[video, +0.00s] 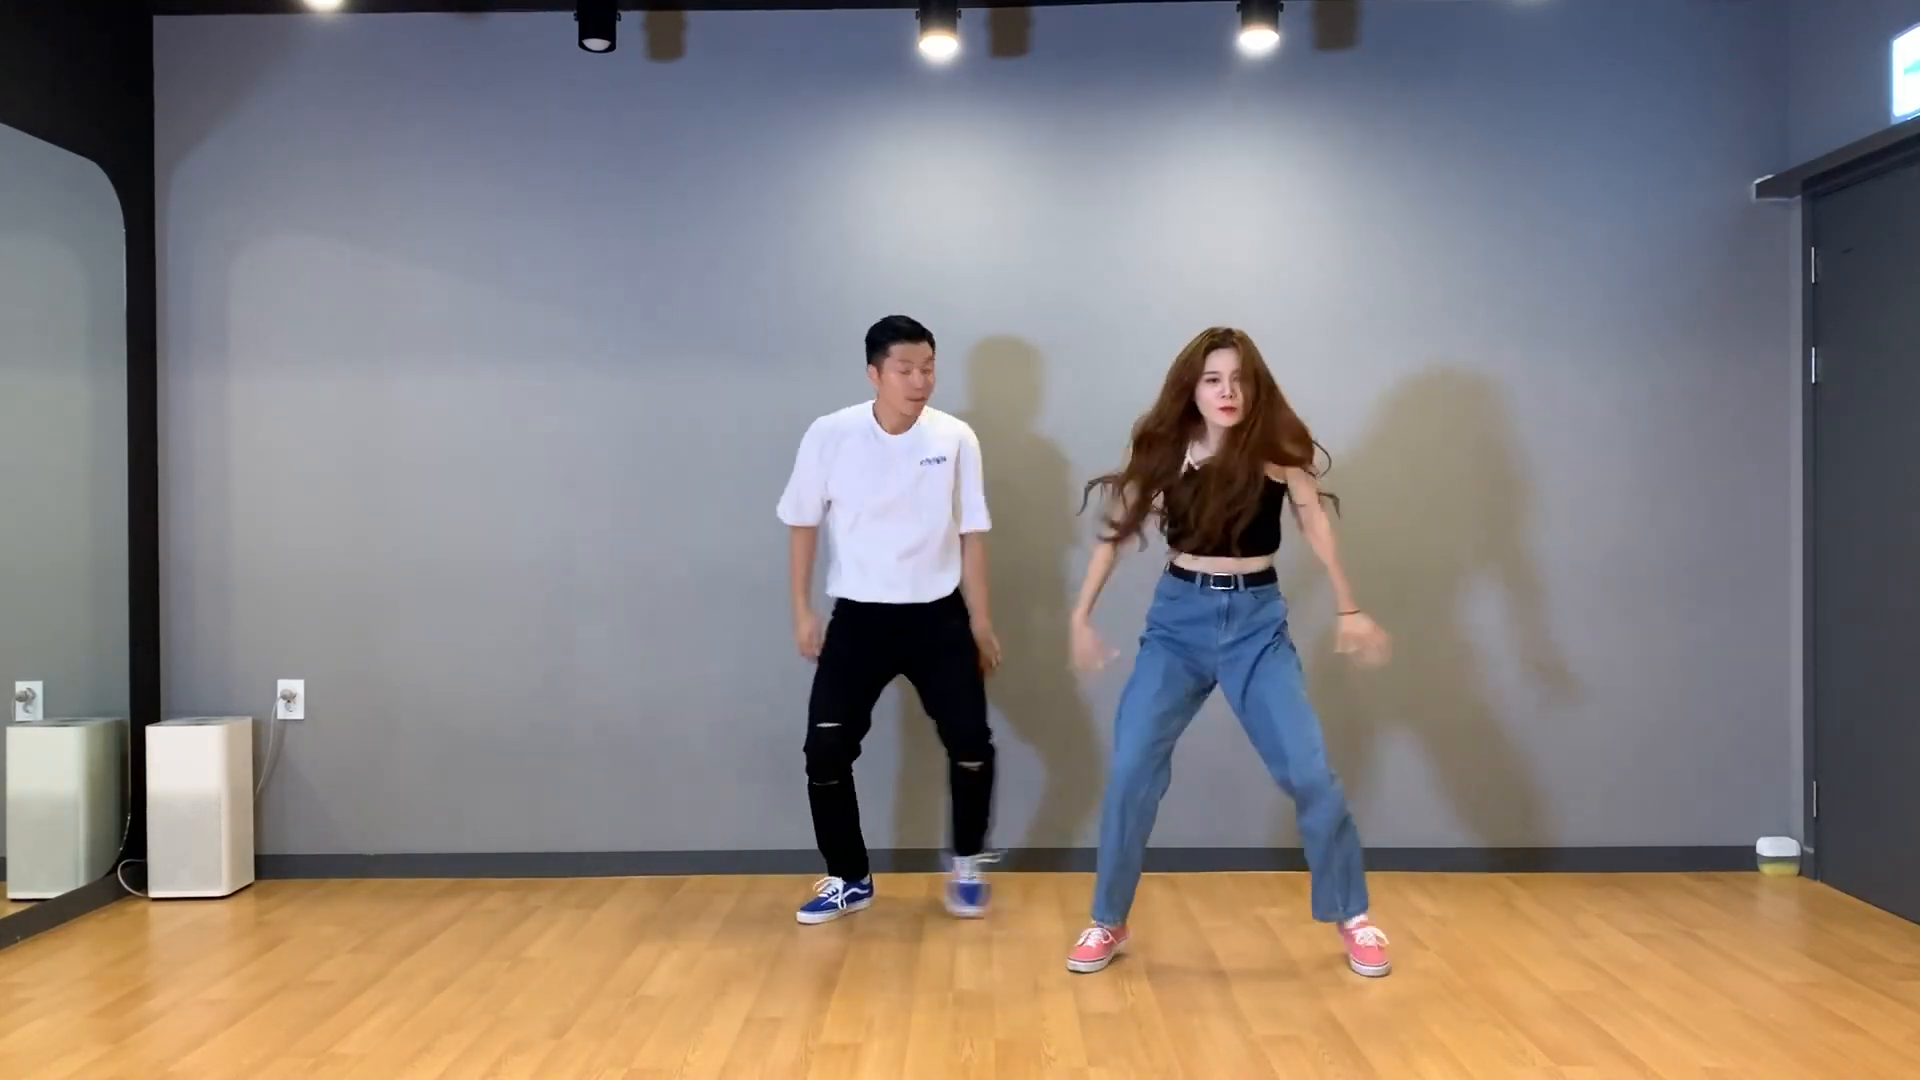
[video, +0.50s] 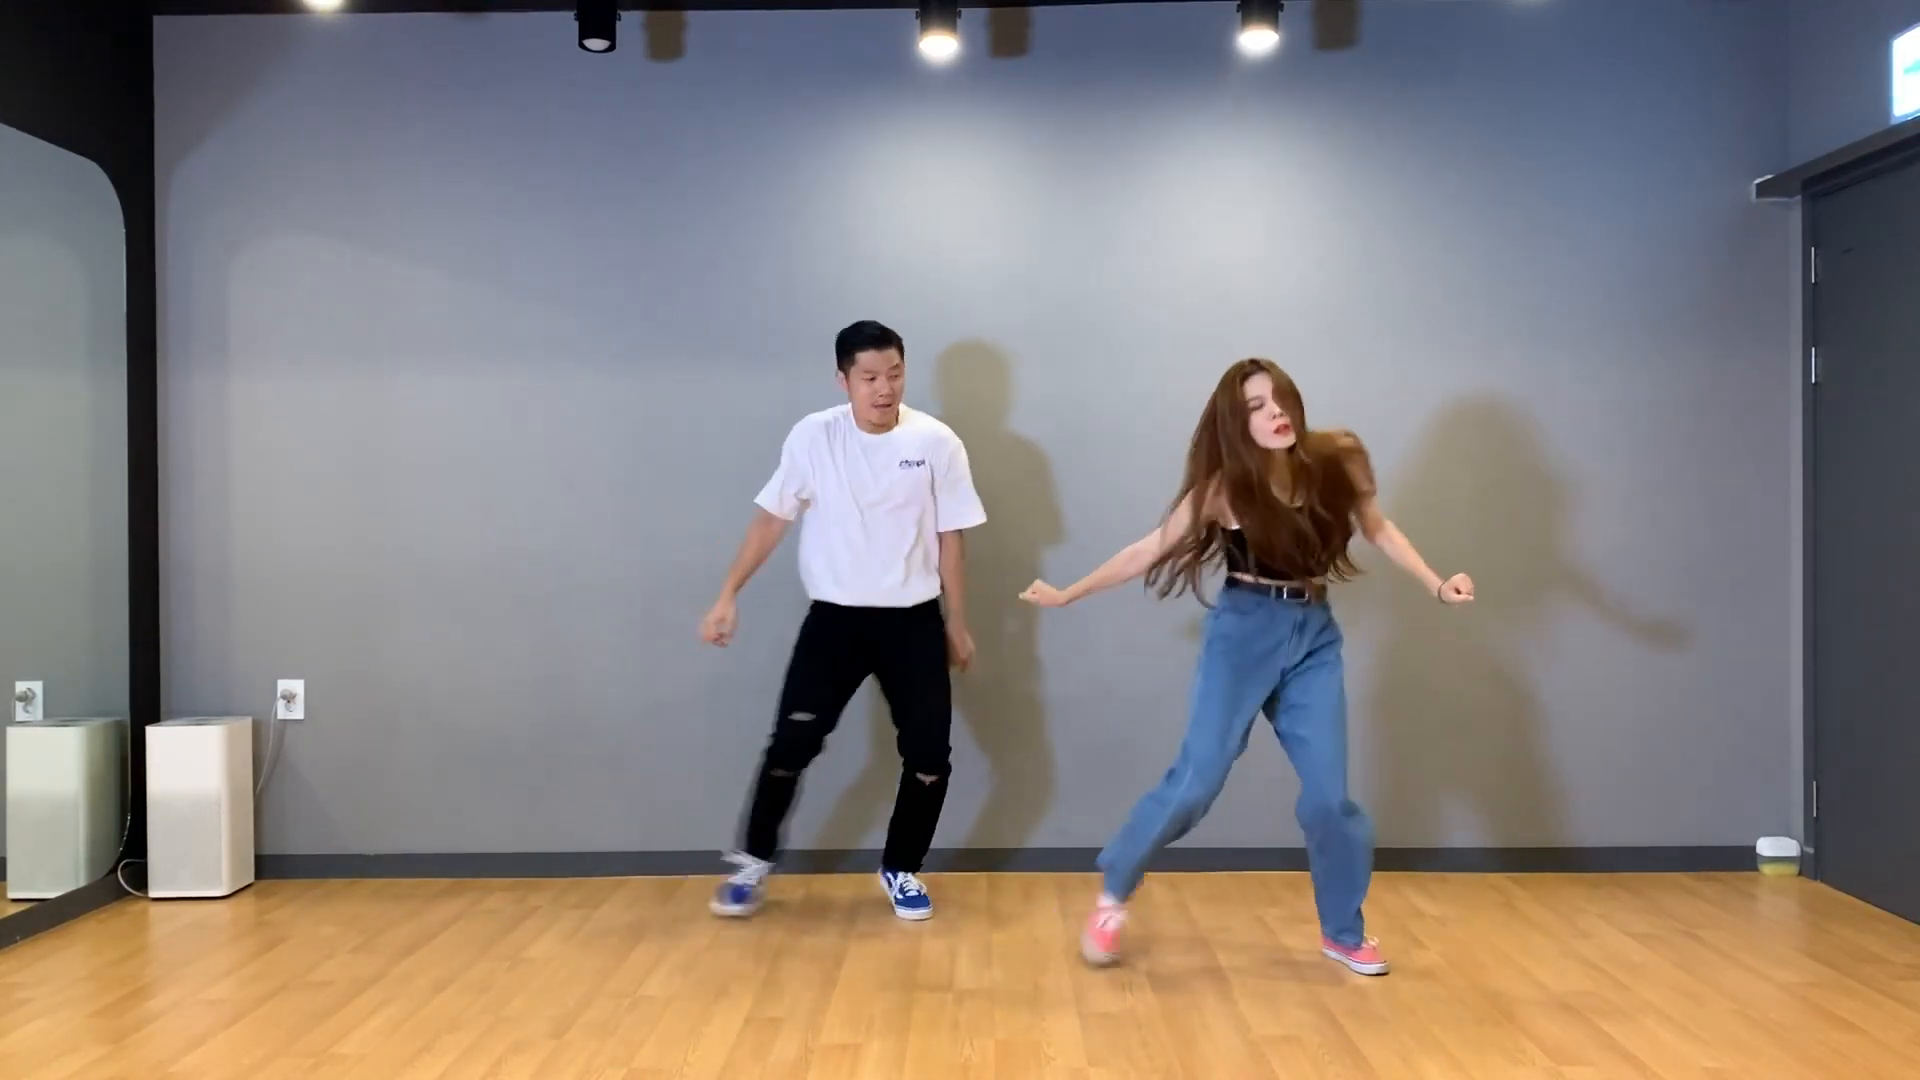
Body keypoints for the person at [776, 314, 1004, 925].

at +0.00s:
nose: (921, 381)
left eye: (928, 369)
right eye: (908, 368)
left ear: (935, 373)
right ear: (875, 372)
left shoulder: (955, 439)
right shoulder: (828, 437)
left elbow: (973, 538)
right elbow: (803, 526)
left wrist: (981, 622)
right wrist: (803, 610)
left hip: (940, 619)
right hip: (859, 619)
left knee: (972, 743)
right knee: (825, 747)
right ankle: (850, 879)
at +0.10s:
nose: (900, 376)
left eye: (912, 363)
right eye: (886, 364)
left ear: (928, 372)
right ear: (868, 373)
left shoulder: (953, 461)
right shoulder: (829, 444)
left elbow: (963, 557)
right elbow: (793, 534)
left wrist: (970, 644)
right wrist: (762, 613)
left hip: (917, 630)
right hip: (836, 624)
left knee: (929, 764)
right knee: (790, 744)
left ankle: (908, 871)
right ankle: (820, 862)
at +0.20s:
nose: (892, 380)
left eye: (904, 367)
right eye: (878, 368)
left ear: (921, 377)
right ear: (860, 378)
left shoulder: (946, 458)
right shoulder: (821, 443)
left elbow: (950, 552)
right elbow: (778, 526)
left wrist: (961, 635)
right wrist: (733, 602)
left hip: (898, 631)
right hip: (817, 623)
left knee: (930, 760)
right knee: (759, 743)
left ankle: (909, 871)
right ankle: (744, 857)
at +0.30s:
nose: (873, 392)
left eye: (886, 379)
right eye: (860, 380)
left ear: (905, 389)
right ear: (843, 390)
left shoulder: (925, 475)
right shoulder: (815, 448)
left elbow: (934, 572)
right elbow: (758, 521)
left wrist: (972, 648)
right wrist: (707, 584)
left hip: (881, 643)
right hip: (803, 633)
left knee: (935, 760)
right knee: (749, 752)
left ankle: (911, 870)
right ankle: (674, 865)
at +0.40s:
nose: (871, 401)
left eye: (884, 389)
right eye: (858, 389)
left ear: (901, 396)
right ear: (840, 397)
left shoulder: (926, 466)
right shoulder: (813, 449)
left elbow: (950, 553)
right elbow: (752, 522)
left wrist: (966, 638)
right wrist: (696, 589)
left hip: (882, 649)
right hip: (804, 643)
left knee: (936, 767)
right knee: (748, 760)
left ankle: (895, 870)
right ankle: (677, 872)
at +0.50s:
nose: (883, 388)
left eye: (893, 374)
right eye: (868, 376)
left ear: (905, 374)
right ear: (844, 378)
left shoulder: (936, 442)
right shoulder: (812, 438)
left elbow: (949, 538)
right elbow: (771, 519)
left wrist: (956, 621)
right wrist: (728, 593)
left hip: (913, 622)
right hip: (834, 620)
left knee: (930, 759)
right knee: (792, 741)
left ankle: (901, 870)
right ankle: (754, 863)